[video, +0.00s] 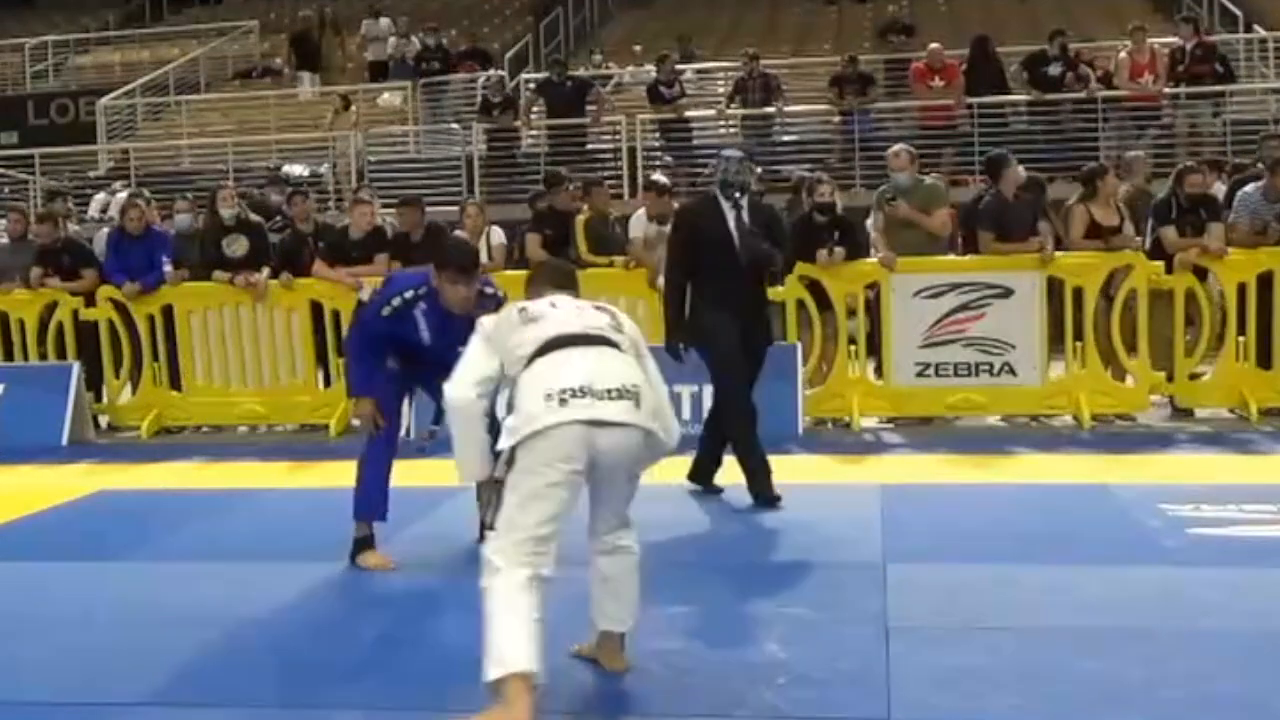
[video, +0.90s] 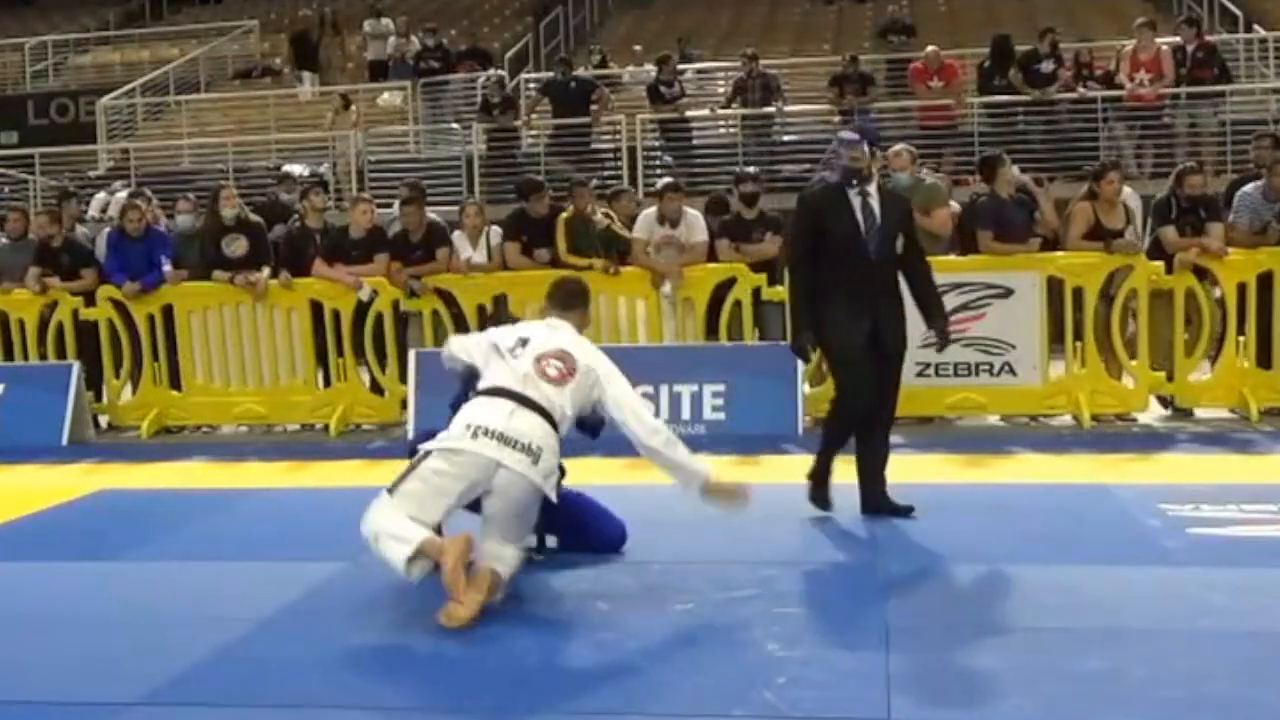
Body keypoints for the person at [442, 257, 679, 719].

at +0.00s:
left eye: (529, 290)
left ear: (528, 293)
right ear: (577, 294)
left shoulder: (502, 321)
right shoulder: (616, 317)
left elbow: (462, 392)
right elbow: (664, 416)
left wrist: (480, 476)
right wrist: (635, 458)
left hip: (551, 423)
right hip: (627, 422)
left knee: (516, 556)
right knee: (614, 530)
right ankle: (612, 645)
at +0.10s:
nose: (480, 284)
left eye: (486, 275)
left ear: (493, 276)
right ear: (547, 275)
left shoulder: (468, 310)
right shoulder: (592, 310)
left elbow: (430, 383)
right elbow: (643, 411)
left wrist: (448, 466)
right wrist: (611, 459)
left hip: (518, 426)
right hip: (600, 424)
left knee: (479, 564)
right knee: (592, 524)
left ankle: (478, 704)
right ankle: (607, 642)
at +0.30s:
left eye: (442, 276)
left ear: (448, 275)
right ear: (508, 271)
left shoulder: (422, 319)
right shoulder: (552, 307)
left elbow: (393, 418)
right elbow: (606, 381)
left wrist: (423, 472)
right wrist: (591, 445)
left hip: (466, 441)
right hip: (547, 438)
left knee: (447, 581)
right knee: (540, 530)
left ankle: (467, 705)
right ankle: (531, 630)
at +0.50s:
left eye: (432, 289)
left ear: (434, 289)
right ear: (482, 283)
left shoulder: (411, 337)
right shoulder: (529, 321)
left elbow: (399, 444)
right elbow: (587, 412)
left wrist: (444, 473)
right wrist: (561, 457)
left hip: (470, 453)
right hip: (544, 450)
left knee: (383, 565)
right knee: (516, 519)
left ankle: (462, 663)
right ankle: (504, 631)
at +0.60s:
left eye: (433, 333)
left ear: (438, 334)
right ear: (488, 327)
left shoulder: (414, 380)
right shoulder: (527, 366)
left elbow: (412, 479)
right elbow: (584, 458)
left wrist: (413, 536)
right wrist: (578, 526)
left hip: (464, 477)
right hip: (540, 474)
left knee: (399, 599)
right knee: (507, 528)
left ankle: (449, 694)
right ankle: (486, 622)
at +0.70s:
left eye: (465, 353)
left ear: (469, 354)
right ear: (518, 353)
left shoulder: (442, 377)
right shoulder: (545, 382)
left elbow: (385, 442)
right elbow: (593, 431)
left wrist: (377, 514)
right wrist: (639, 490)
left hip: (462, 467)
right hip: (532, 477)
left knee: (433, 571)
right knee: (496, 531)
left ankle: (448, 670)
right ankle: (480, 625)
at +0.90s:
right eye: (583, 313)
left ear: (546, 307)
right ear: (585, 316)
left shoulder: (510, 332)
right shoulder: (596, 362)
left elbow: (454, 347)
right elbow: (646, 430)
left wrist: (486, 368)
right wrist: (703, 478)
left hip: (471, 439)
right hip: (530, 463)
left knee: (383, 519)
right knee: (501, 544)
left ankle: (441, 549)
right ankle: (487, 581)